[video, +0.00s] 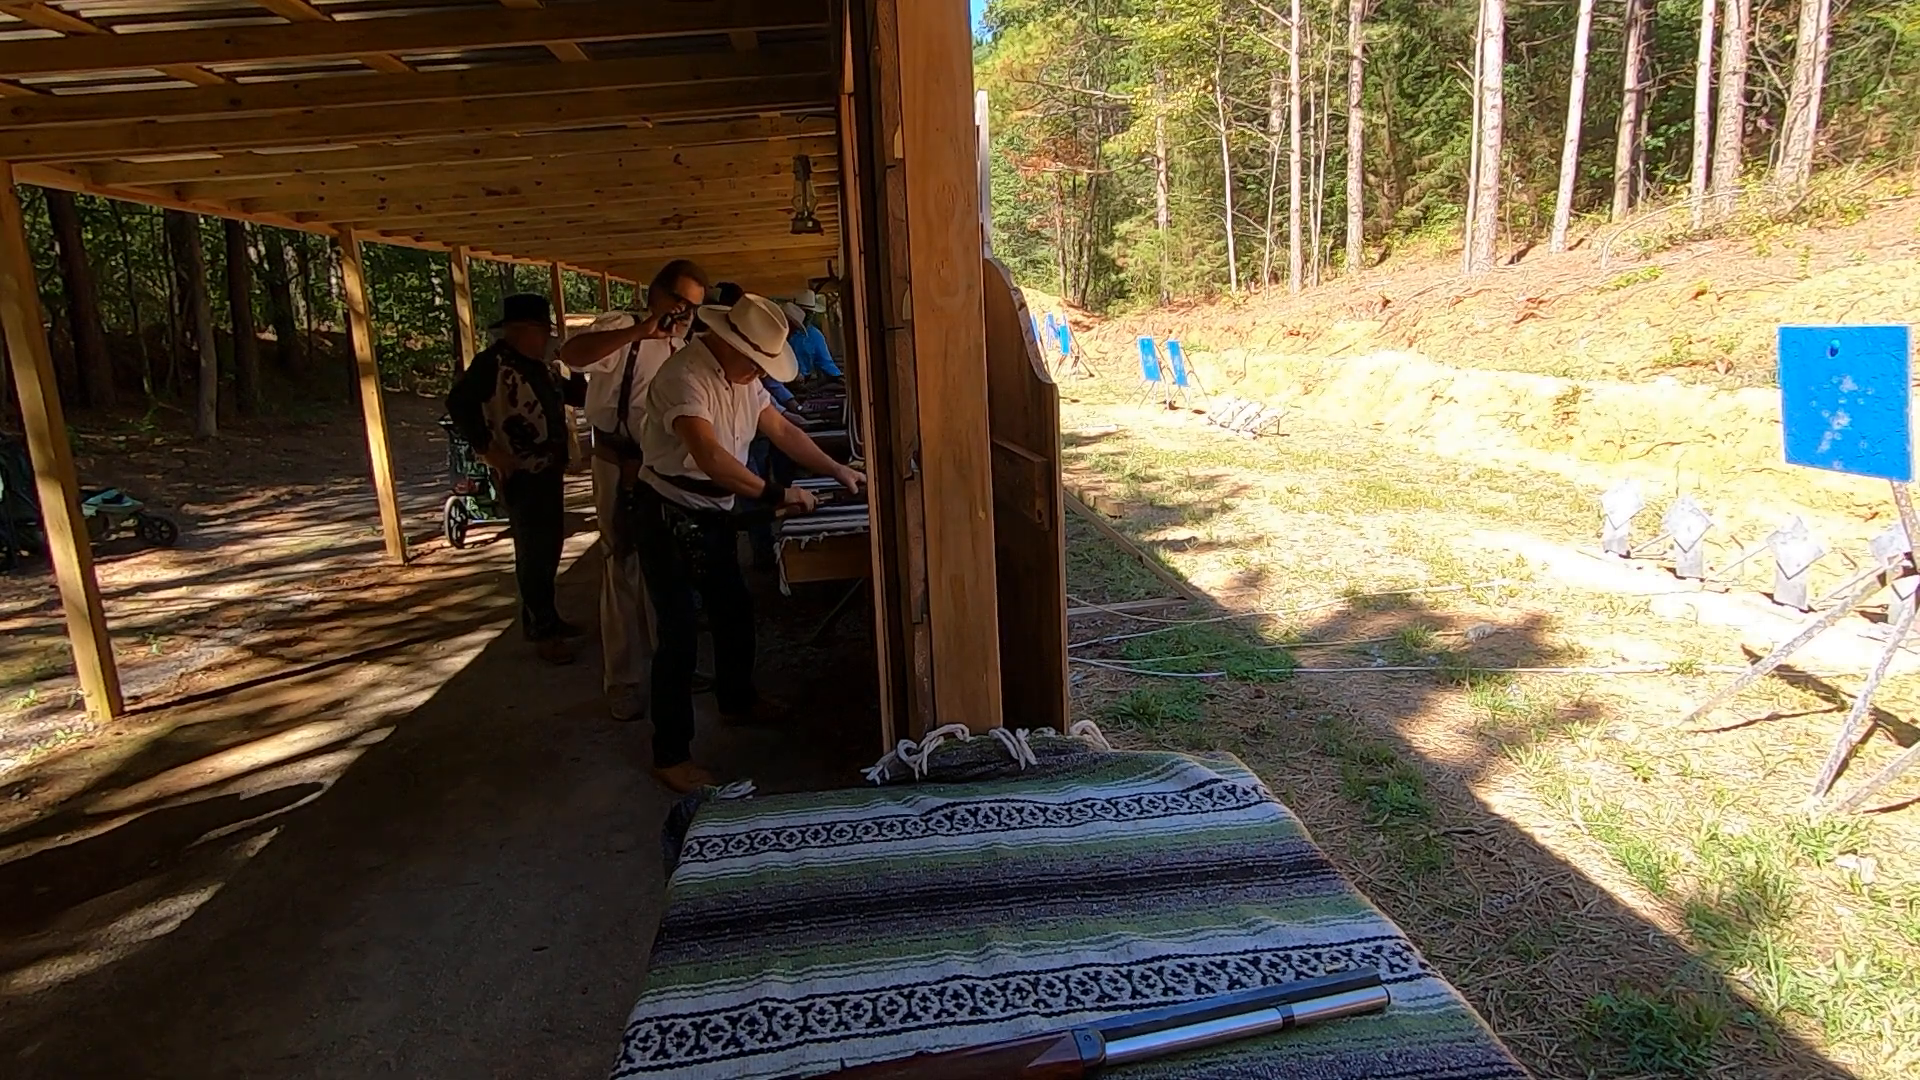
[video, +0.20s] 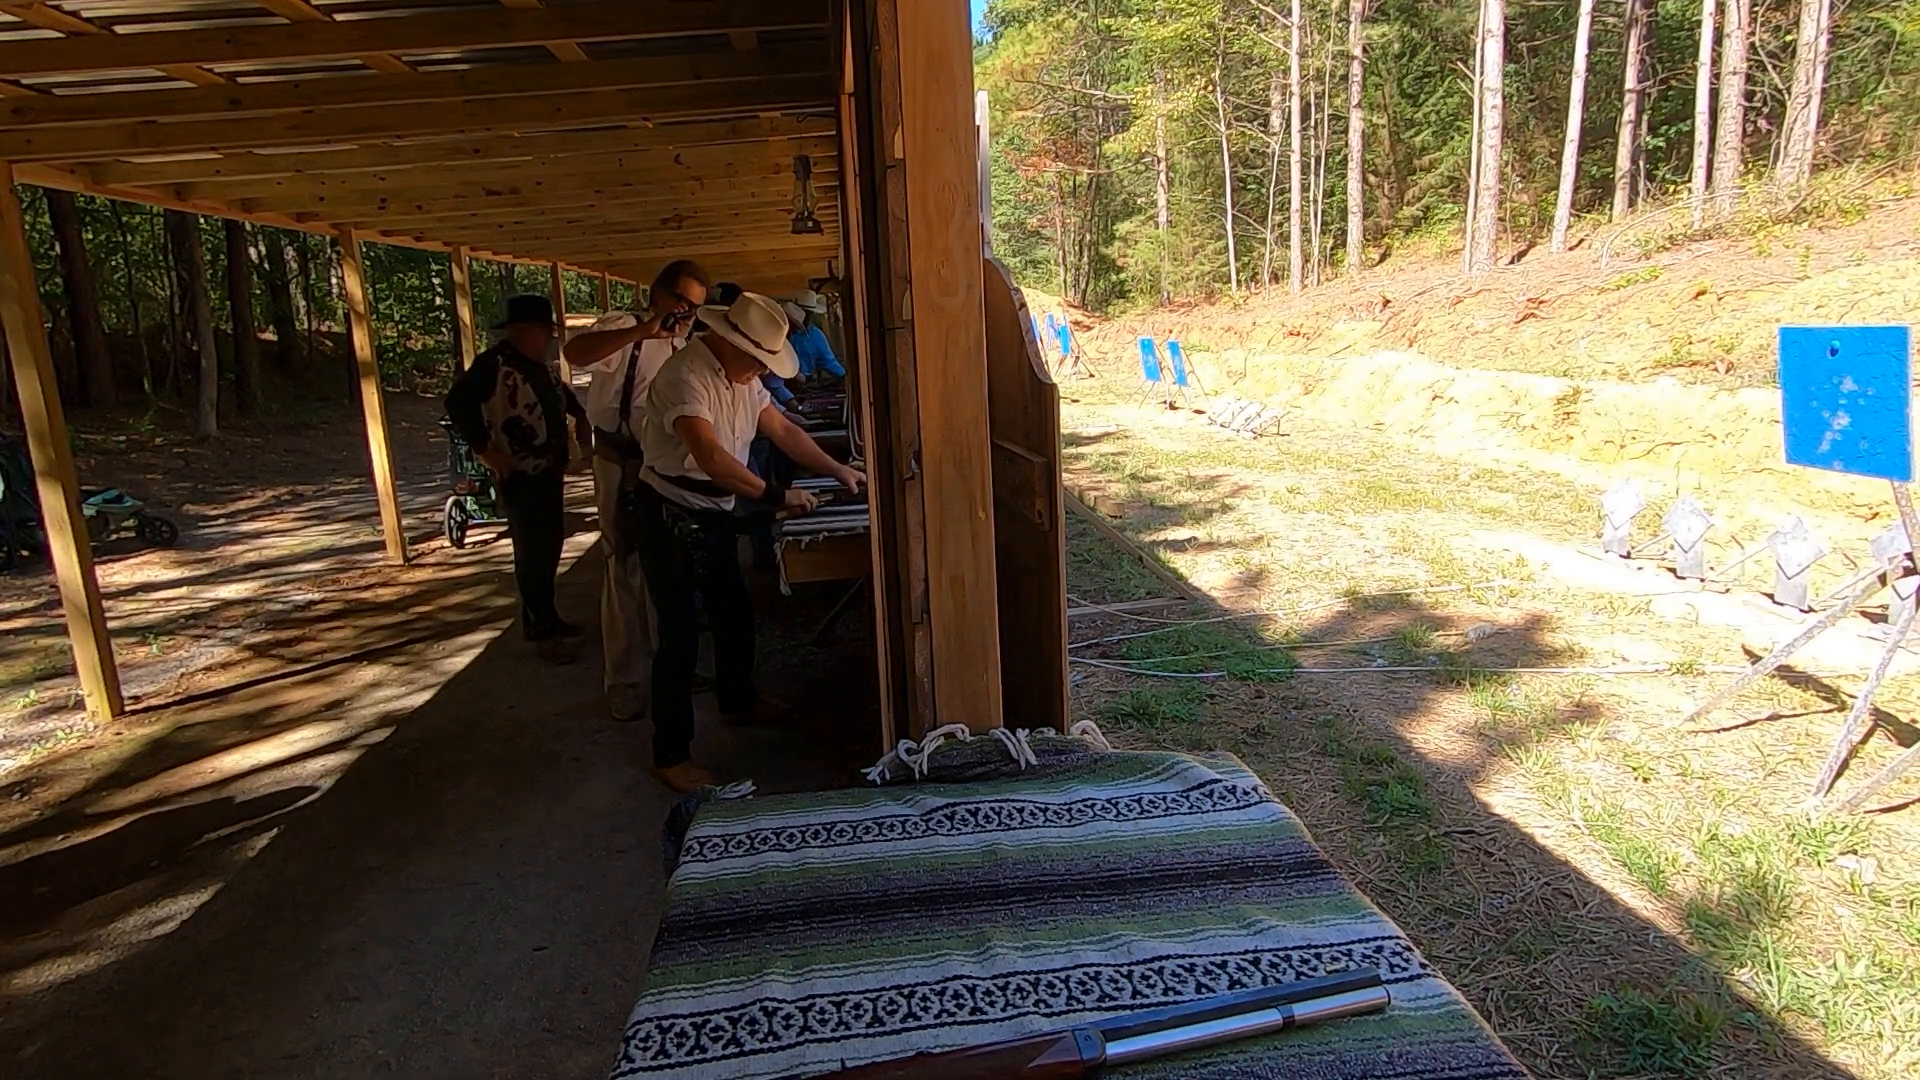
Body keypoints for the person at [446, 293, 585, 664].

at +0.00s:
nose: (548, 337)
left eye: (547, 330)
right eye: (542, 329)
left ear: (532, 330)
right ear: (520, 330)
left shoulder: (540, 367)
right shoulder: (492, 362)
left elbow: (573, 391)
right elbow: (460, 403)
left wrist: (609, 388)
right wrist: (487, 449)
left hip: (548, 470)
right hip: (520, 473)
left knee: (549, 547)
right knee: (533, 550)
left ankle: (547, 619)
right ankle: (540, 630)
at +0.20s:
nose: (550, 340)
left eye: (550, 332)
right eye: (545, 331)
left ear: (532, 330)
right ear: (524, 330)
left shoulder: (538, 366)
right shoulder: (493, 363)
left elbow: (560, 392)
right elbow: (459, 402)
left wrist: (580, 416)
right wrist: (484, 448)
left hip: (548, 471)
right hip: (520, 474)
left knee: (550, 547)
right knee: (532, 551)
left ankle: (547, 618)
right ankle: (540, 630)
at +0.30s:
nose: (555, 341)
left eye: (555, 334)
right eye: (550, 333)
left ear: (533, 332)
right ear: (528, 331)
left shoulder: (538, 366)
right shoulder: (497, 362)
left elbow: (552, 406)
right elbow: (460, 401)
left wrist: (566, 434)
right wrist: (484, 448)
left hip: (547, 471)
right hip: (520, 474)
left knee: (549, 546)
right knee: (533, 551)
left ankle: (547, 619)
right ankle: (540, 630)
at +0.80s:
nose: (559, 339)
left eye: (560, 331)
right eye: (554, 331)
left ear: (544, 332)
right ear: (533, 331)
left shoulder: (544, 363)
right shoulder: (506, 359)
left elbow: (549, 408)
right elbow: (470, 400)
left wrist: (564, 441)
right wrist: (493, 448)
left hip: (549, 472)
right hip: (524, 474)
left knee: (549, 548)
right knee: (535, 551)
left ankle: (546, 619)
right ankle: (541, 629)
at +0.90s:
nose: (559, 339)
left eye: (560, 332)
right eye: (554, 332)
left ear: (544, 332)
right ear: (533, 331)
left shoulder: (544, 363)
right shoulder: (506, 359)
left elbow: (551, 407)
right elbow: (470, 399)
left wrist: (564, 441)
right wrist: (493, 449)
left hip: (549, 472)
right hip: (524, 474)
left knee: (549, 549)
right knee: (535, 552)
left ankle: (549, 620)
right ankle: (540, 631)